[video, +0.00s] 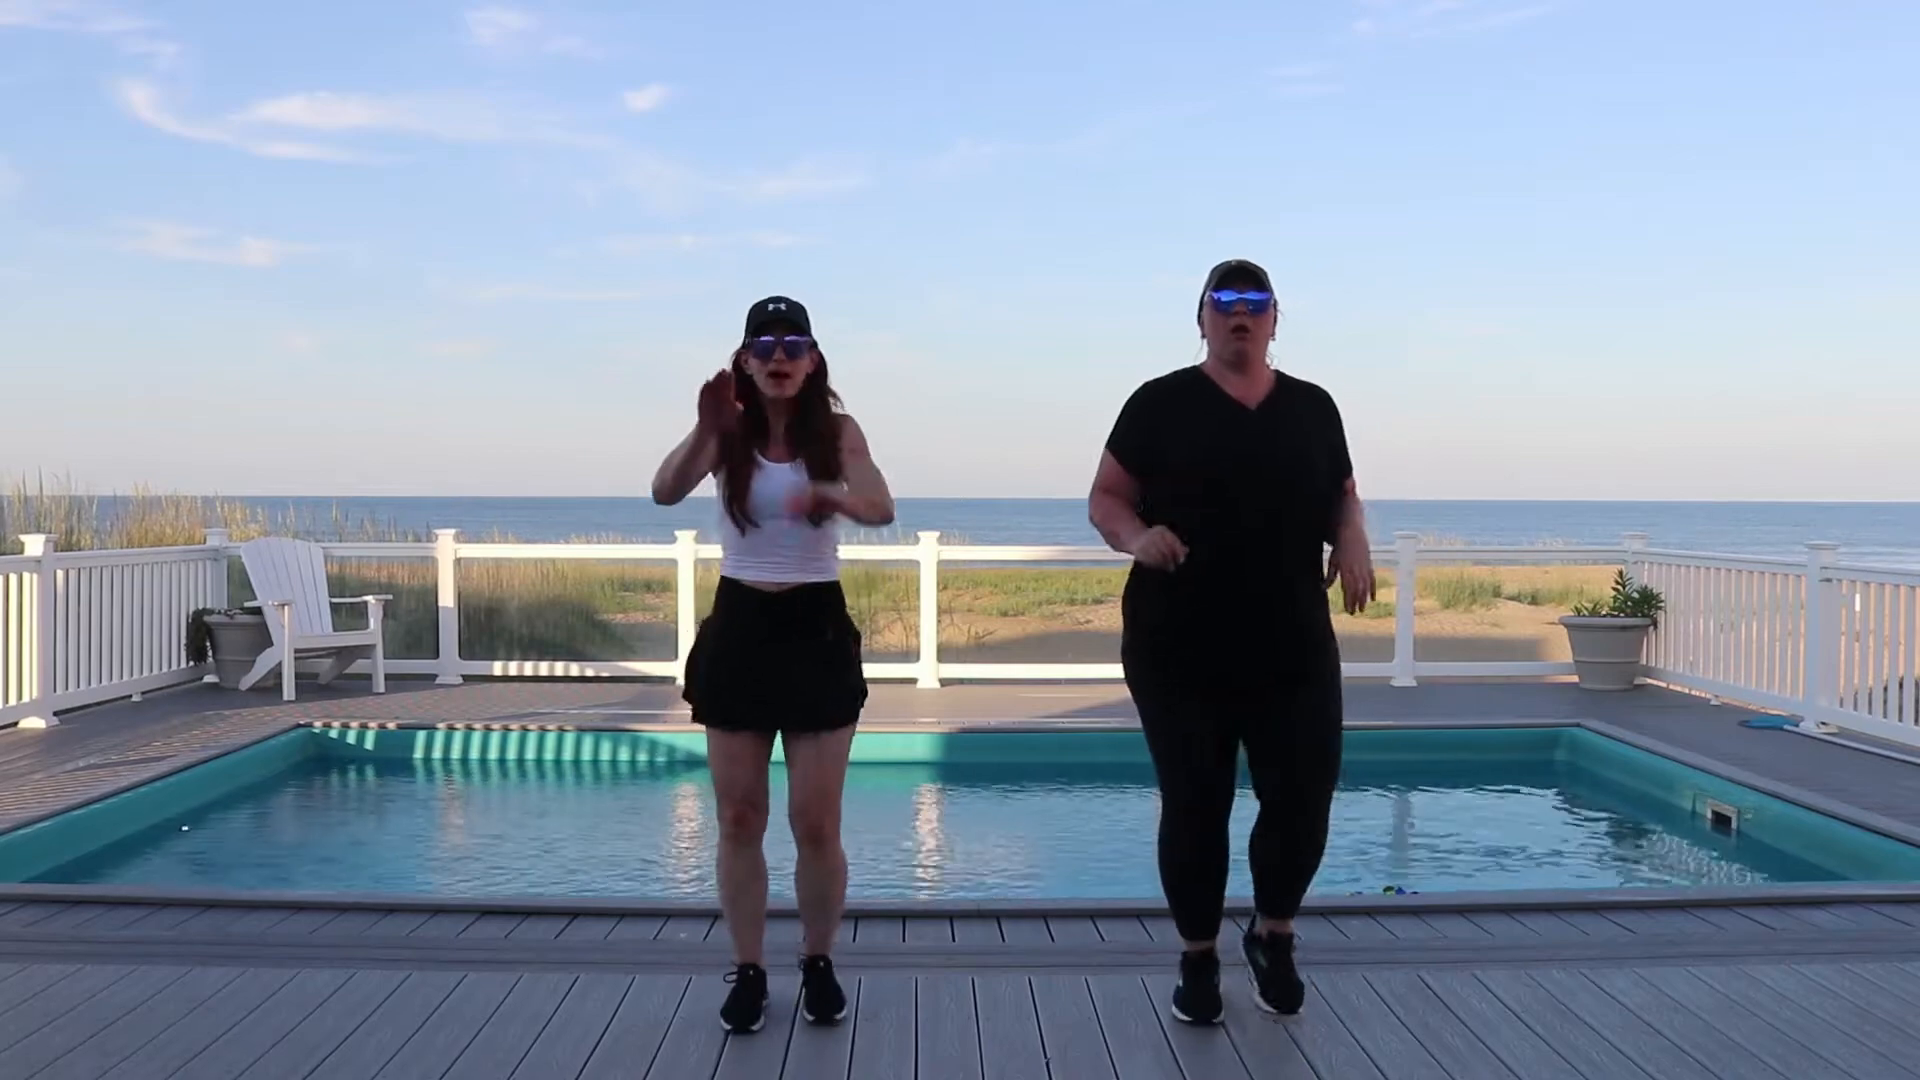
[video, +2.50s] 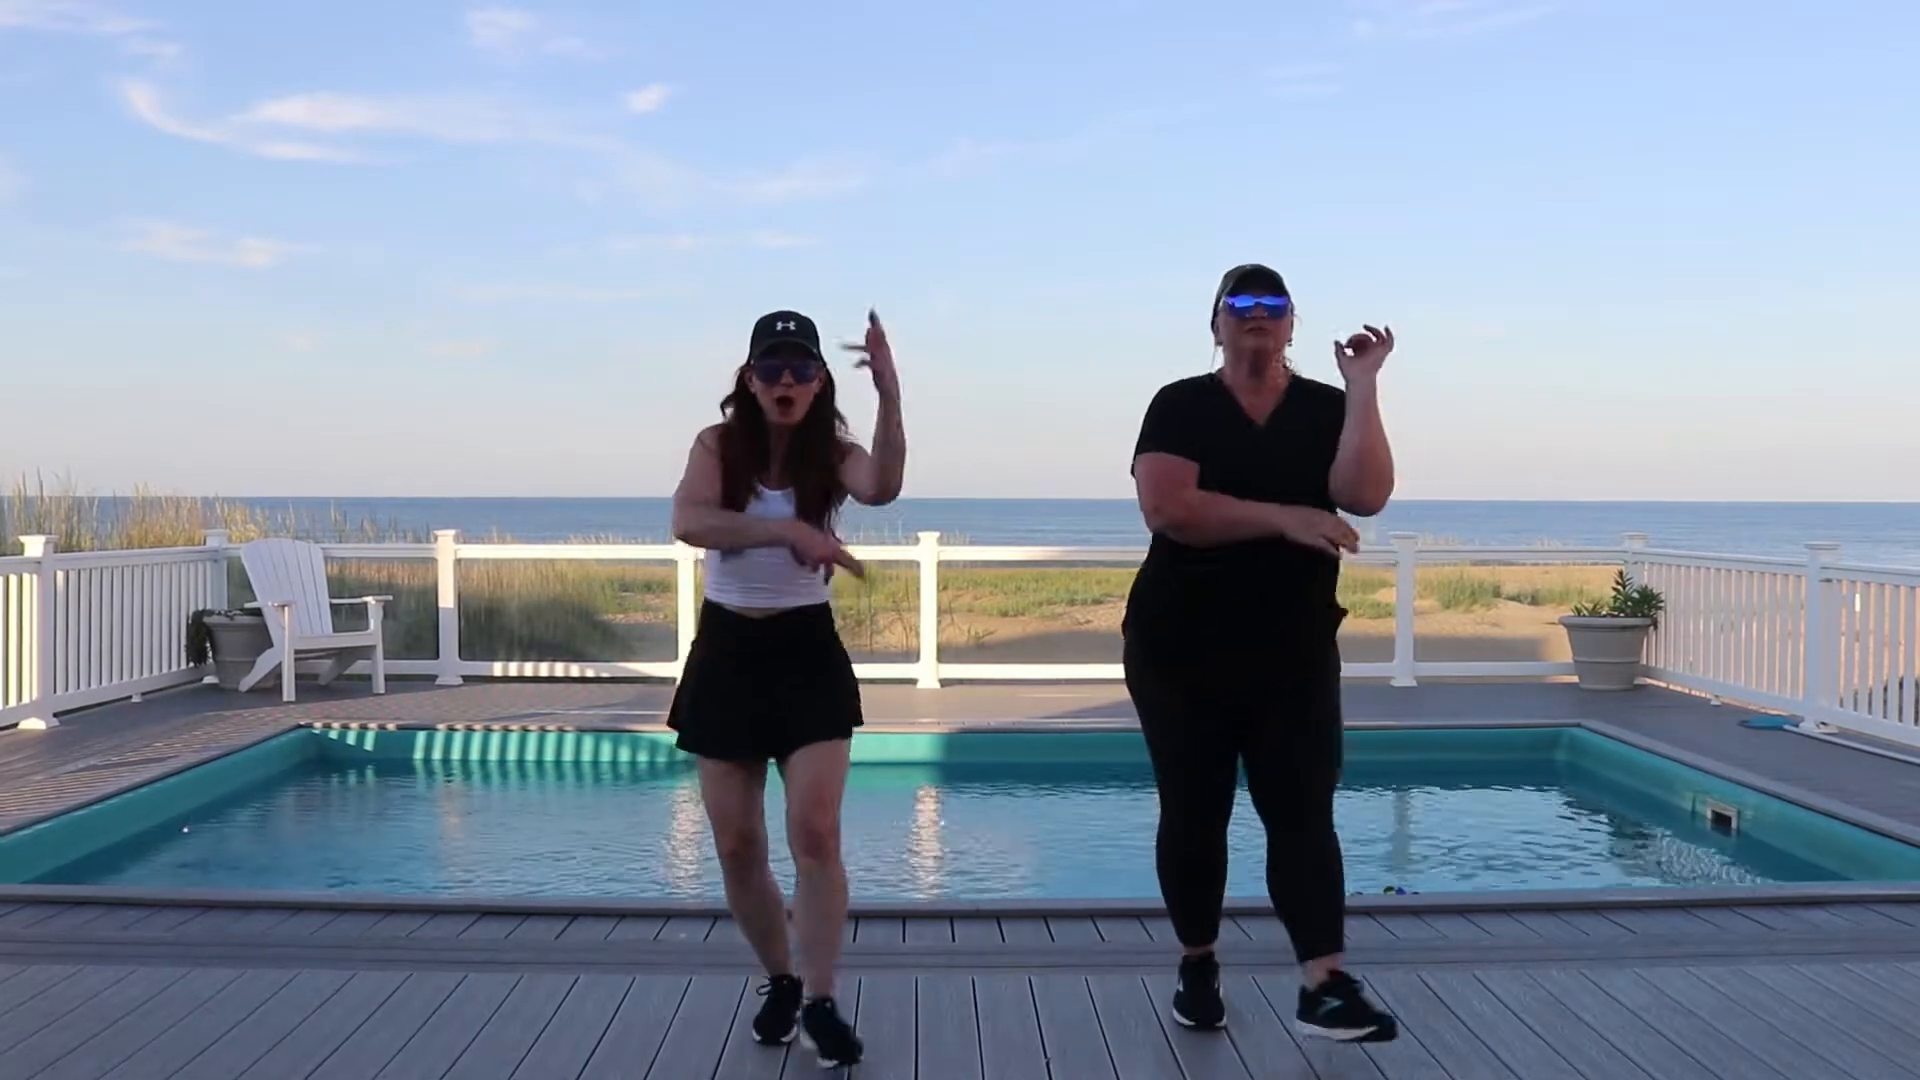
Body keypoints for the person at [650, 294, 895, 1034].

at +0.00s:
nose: (781, 360)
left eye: (795, 347)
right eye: (766, 349)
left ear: (814, 356)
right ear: (745, 360)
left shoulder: (836, 429)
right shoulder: (726, 432)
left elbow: (880, 506)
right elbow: (665, 493)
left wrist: (837, 498)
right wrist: (707, 431)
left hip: (818, 629)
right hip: (738, 629)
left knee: (815, 823)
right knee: (740, 816)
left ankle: (818, 963)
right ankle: (747, 972)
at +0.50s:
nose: (784, 377)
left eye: (797, 365)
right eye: (769, 365)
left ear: (816, 375)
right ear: (747, 375)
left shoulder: (835, 458)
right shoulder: (715, 451)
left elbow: (866, 549)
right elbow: (667, 546)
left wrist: (897, 635)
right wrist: (648, 646)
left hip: (817, 644)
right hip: (736, 646)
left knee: (828, 832)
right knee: (742, 837)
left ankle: (818, 961)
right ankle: (763, 967)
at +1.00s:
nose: (781, 381)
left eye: (795, 369)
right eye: (766, 369)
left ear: (814, 379)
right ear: (744, 379)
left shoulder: (826, 448)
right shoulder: (715, 449)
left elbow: (836, 512)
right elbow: (676, 533)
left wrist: (848, 408)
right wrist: (764, 523)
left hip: (810, 658)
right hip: (727, 658)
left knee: (796, 838)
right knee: (700, 845)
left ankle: (780, 1007)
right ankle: (762, 942)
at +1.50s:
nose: (781, 390)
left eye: (794, 377)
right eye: (765, 377)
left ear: (813, 386)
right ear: (743, 388)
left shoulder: (836, 461)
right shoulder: (728, 457)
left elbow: (863, 552)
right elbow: (666, 479)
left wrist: (783, 570)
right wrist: (714, 407)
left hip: (832, 657)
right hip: (753, 658)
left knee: (820, 850)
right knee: (705, 829)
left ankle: (793, 974)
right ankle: (737, 969)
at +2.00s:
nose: (775, 383)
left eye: (789, 369)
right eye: (760, 370)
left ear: (812, 378)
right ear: (739, 383)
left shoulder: (840, 454)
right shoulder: (724, 454)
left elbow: (862, 545)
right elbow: (697, 524)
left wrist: (763, 546)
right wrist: (694, 411)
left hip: (840, 654)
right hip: (756, 655)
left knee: (843, 849)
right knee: (750, 835)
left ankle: (823, 950)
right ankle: (771, 1010)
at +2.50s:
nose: (786, 383)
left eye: (801, 369)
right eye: (771, 369)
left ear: (820, 379)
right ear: (749, 376)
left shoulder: (829, 449)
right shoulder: (719, 444)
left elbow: (884, 485)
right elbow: (688, 522)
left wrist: (888, 394)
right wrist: (786, 530)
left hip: (809, 653)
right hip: (725, 655)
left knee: (816, 833)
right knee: (738, 848)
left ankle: (820, 1001)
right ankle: (782, 979)